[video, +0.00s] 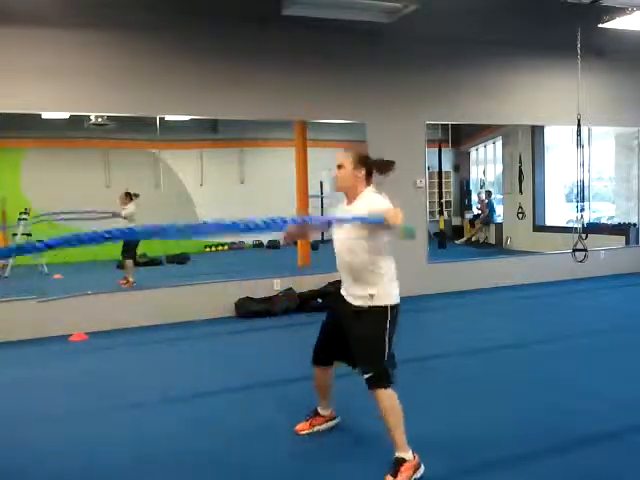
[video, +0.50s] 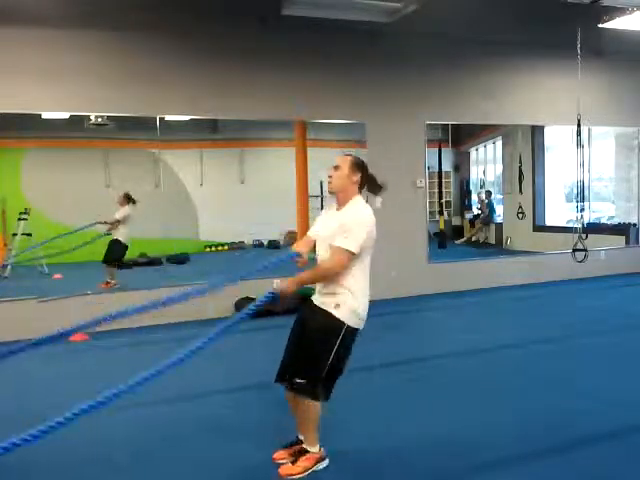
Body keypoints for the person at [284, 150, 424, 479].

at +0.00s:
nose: (335, 173)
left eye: (341, 168)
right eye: (336, 168)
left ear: (361, 174)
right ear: (353, 175)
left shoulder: (376, 202)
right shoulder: (342, 208)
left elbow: (396, 220)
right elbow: (324, 228)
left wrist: (385, 218)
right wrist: (303, 232)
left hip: (379, 302)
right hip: (348, 298)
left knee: (377, 379)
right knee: (322, 358)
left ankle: (406, 457)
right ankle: (325, 413)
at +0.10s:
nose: (328, 177)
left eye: (335, 172)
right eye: (329, 172)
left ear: (354, 178)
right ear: (346, 180)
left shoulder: (369, 209)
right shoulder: (337, 214)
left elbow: (388, 233)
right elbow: (326, 240)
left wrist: (389, 246)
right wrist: (299, 245)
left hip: (369, 305)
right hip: (339, 301)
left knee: (368, 380)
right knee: (316, 367)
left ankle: (402, 454)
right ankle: (324, 413)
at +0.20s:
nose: (334, 156)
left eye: (339, 151)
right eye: (335, 151)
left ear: (358, 157)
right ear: (348, 157)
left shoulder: (369, 187)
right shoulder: (338, 191)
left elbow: (391, 211)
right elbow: (328, 223)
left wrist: (376, 216)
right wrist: (301, 227)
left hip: (360, 285)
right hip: (332, 284)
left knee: (355, 362)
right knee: (314, 350)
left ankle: (384, 440)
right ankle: (317, 404)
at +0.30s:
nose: (333, 150)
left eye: (339, 144)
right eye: (334, 144)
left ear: (358, 148)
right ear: (347, 149)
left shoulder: (374, 181)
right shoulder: (336, 182)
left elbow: (376, 204)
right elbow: (320, 211)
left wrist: (340, 209)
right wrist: (283, 213)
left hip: (357, 276)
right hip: (328, 271)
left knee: (338, 354)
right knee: (307, 344)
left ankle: (339, 436)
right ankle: (310, 414)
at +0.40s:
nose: (333, 160)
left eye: (339, 154)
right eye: (334, 154)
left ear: (358, 160)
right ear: (348, 159)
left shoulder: (370, 195)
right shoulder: (335, 189)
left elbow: (346, 234)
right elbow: (316, 222)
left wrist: (302, 242)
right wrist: (281, 221)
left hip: (350, 291)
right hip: (325, 283)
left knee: (317, 367)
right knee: (299, 359)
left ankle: (312, 443)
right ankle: (303, 433)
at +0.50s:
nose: (329, 174)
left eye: (337, 169)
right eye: (331, 169)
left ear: (355, 178)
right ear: (347, 179)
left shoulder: (361, 216)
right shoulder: (331, 212)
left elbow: (336, 265)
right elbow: (307, 241)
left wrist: (294, 282)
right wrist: (300, 249)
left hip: (343, 309)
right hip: (320, 302)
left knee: (308, 382)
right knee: (292, 377)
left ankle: (313, 451)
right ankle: (305, 441)